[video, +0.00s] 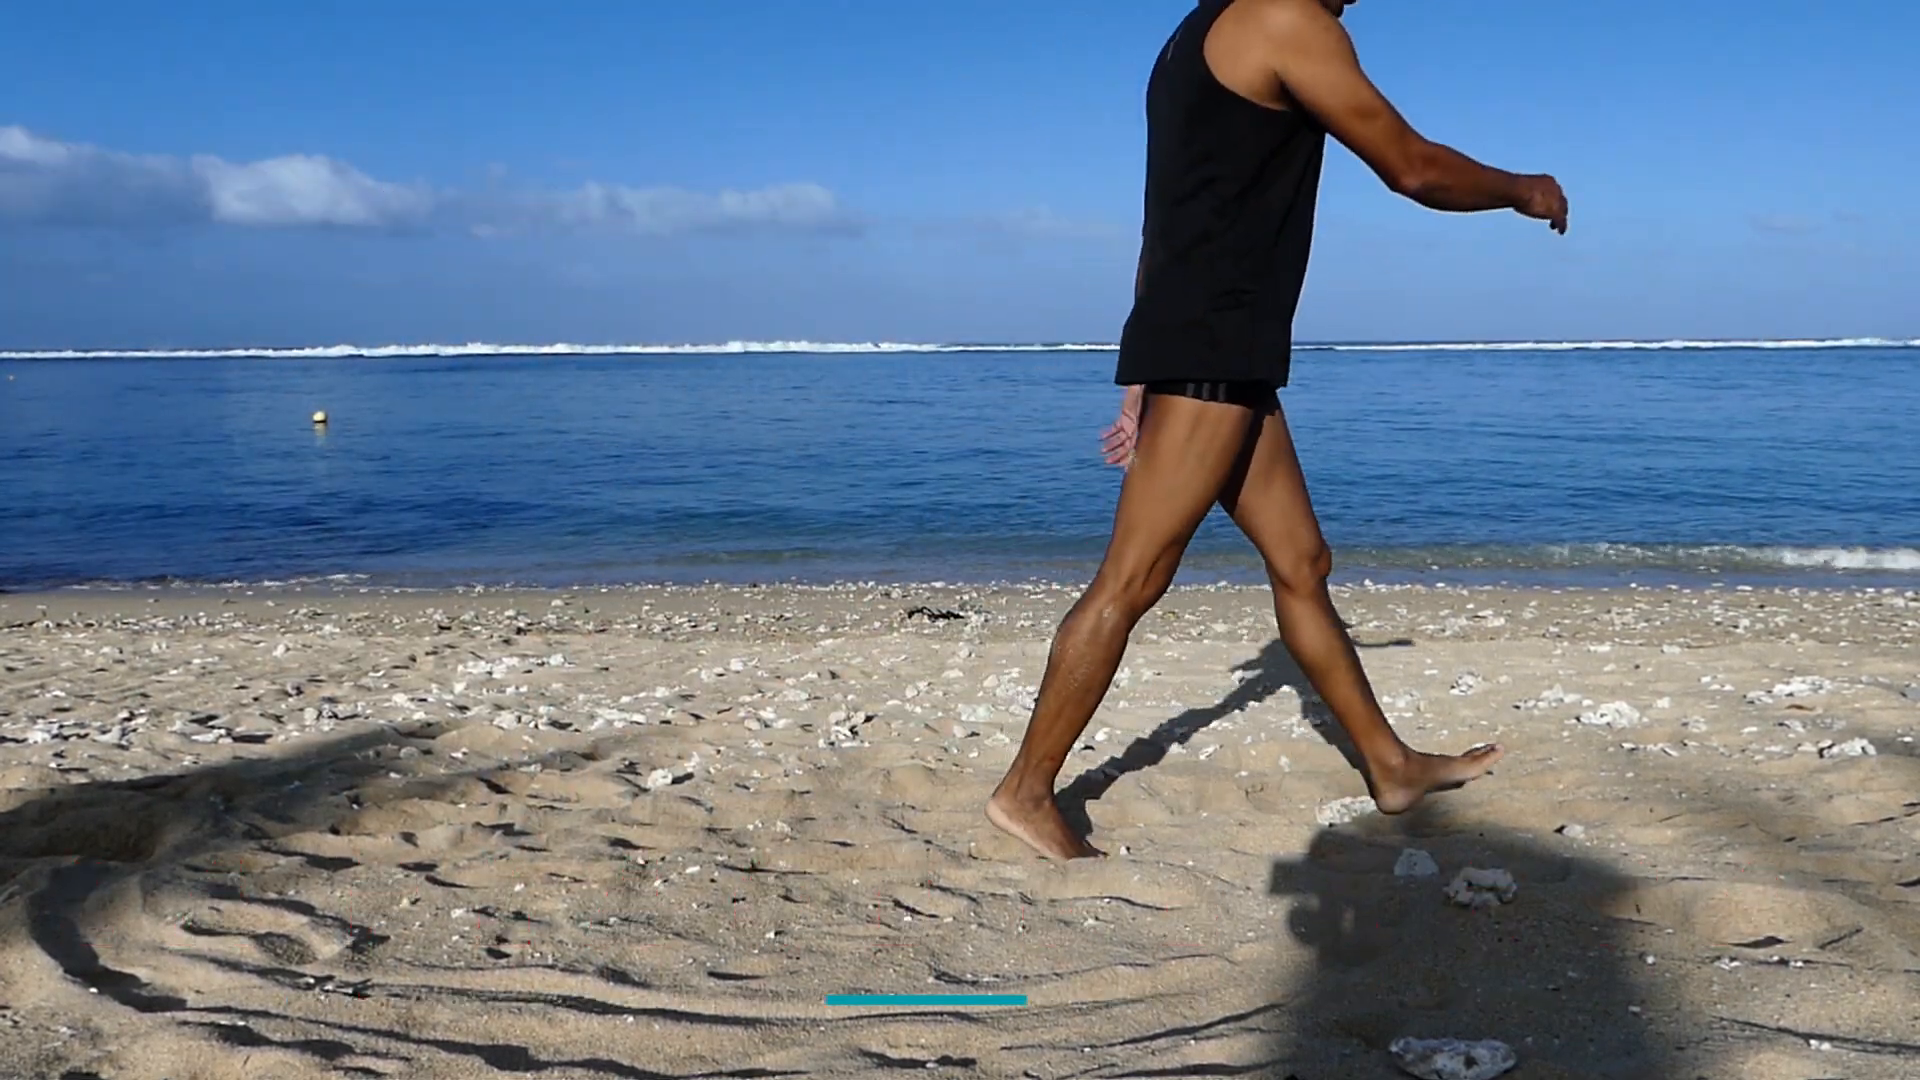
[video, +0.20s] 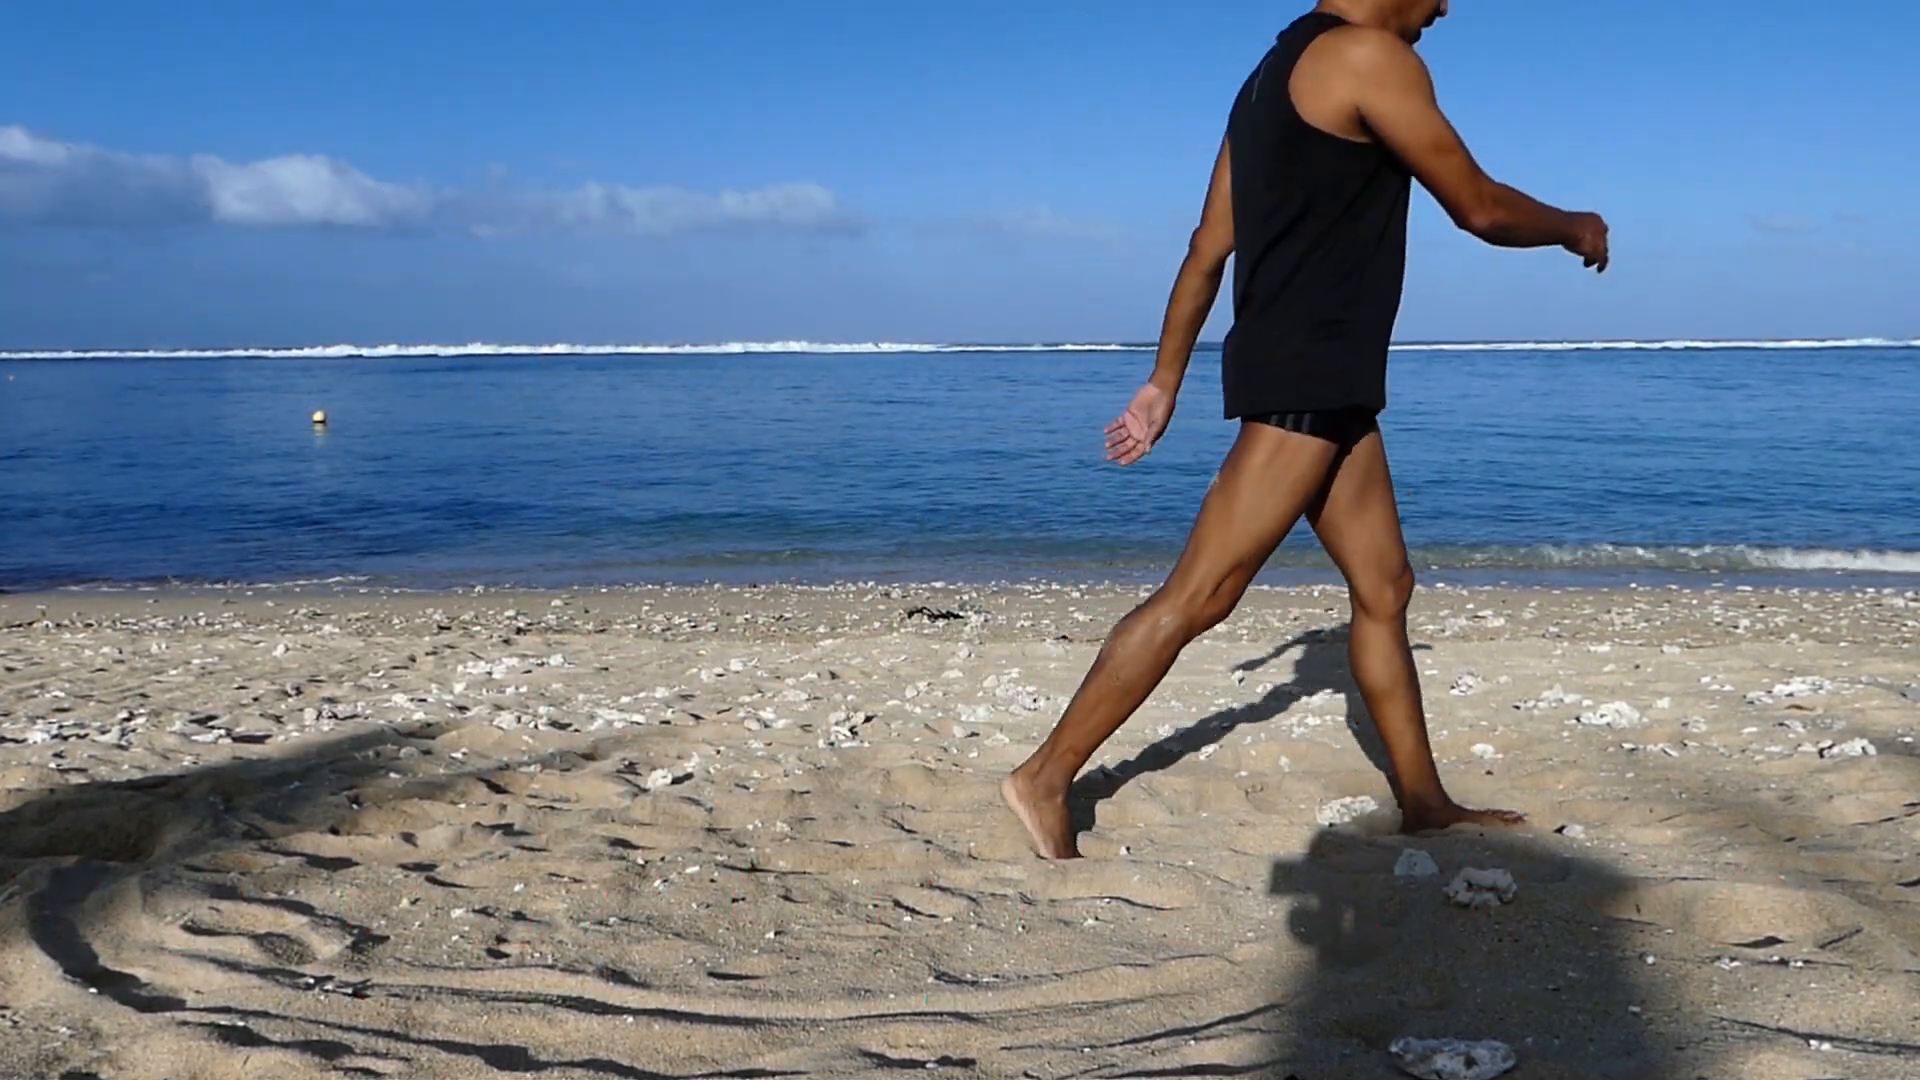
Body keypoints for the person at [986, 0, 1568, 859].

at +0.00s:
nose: (1354, 2)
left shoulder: (1199, 38)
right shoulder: (1292, 25)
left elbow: (1170, 221)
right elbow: (1414, 167)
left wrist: (1145, 369)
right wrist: (1522, 188)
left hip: (1207, 352)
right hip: (1215, 352)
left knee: (1300, 568)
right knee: (1126, 584)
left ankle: (1391, 767)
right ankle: (1025, 789)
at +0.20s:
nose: (1442, 9)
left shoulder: (1276, 72)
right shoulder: (1375, 57)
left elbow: (1208, 253)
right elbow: (1481, 208)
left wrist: (1163, 381)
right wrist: (1574, 227)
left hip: (1305, 376)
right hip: (1314, 378)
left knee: (1382, 588)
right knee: (1194, 596)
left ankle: (1426, 809)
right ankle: (1045, 777)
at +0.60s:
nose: (1582, 17)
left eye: (1585, 7)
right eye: (1584, 5)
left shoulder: (1412, 79)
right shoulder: (1529, 71)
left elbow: (1380, 255)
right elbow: (1546, 263)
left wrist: (1362, 388)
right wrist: (1604, 419)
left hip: (1409, 366)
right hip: (1476, 374)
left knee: (1459, 596)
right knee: (1508, 609)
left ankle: (1430, 804)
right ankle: (1289, 719)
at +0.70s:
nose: (1625, 7)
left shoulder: (1459, 65)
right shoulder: (1568, 60)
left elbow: (1453, 245)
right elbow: (1562, 251)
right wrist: (1590, 418)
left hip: (1445, 354)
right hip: (1512, 362)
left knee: (1466, 584)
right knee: (1602, 580)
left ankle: (1429, 804)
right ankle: (1391, 713)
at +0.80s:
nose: (1726, 5)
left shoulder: (1570, 51)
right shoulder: (1669, 49)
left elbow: (1571, 223)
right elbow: (1610, 198)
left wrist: (1669, 340)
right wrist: (1586, 347)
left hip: (1529, 343)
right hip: (1620, 350)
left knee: (1480, 581)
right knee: (1756, 542)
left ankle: (1436, 796)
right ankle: (1694, 768)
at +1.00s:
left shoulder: (1789, 73)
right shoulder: (1910, 48)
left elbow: (1779, 234)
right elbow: (1903, 213)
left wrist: (1782, 354)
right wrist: (1901, 369)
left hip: (1780, 355)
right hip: (1872, 358)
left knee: (1735, 571)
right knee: (1903, 600)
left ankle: (1578, 722)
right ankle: (1881, 804)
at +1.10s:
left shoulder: (1897, 69)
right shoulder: (1900, 69)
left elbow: (1881, 220)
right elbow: (1882, 223)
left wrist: (1882, 341)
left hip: (1890, 345)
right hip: (1915, 351)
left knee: (1919, 558)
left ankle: (1817, 719)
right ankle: (1884, 798)